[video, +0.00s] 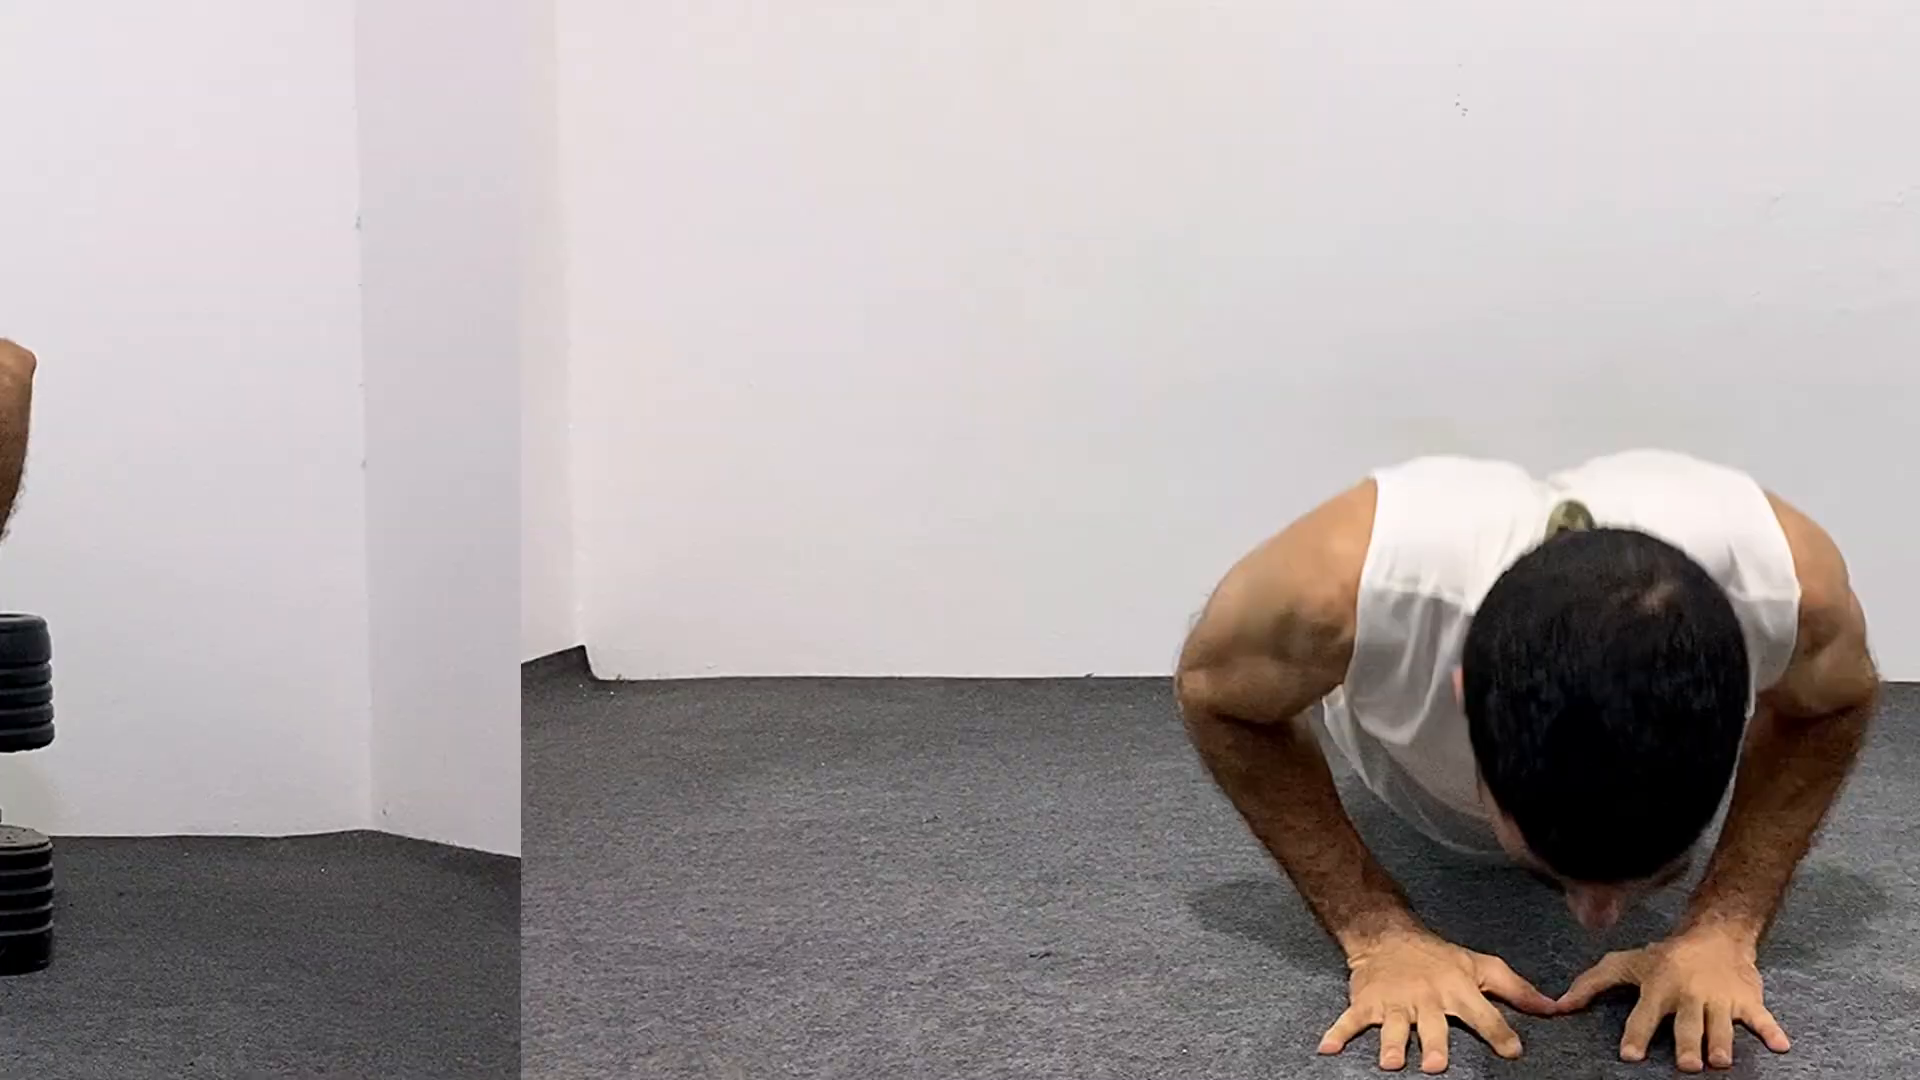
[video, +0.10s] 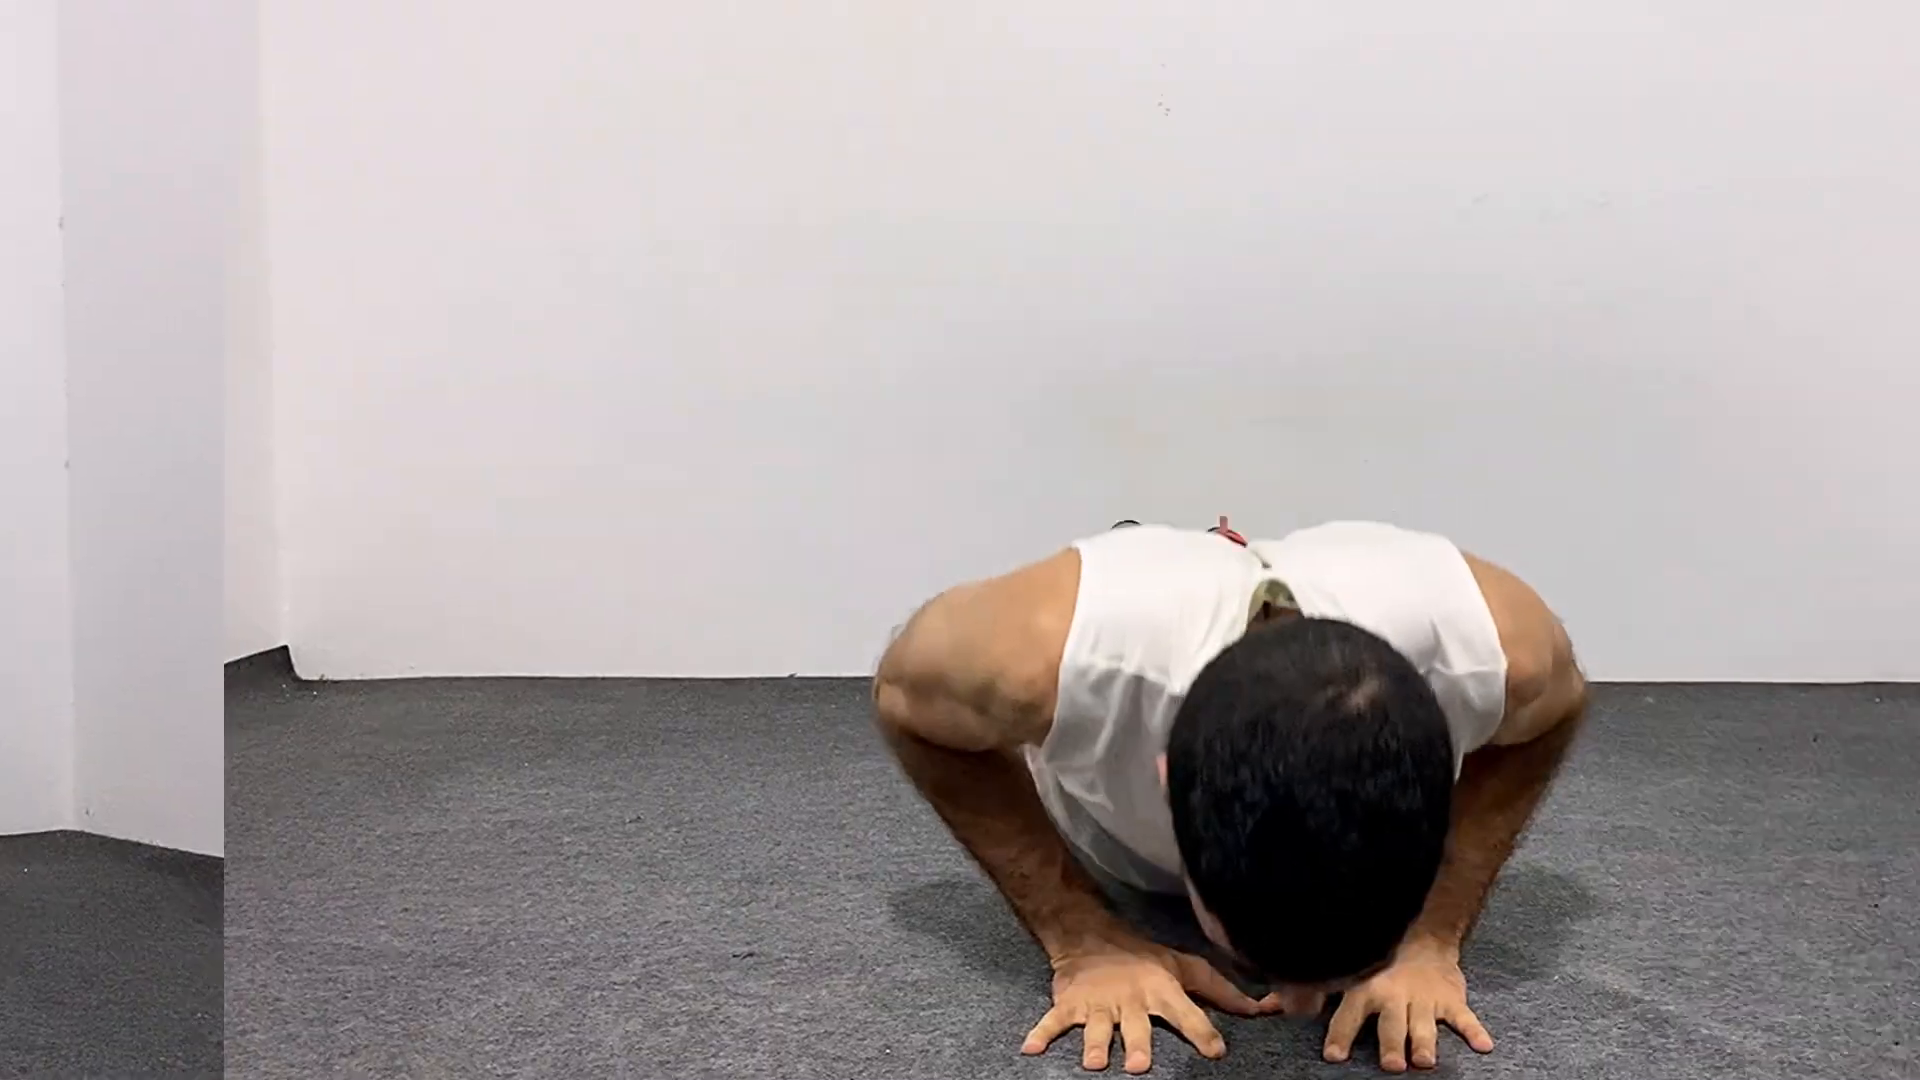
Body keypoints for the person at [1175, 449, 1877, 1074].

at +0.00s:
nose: (1596, 916)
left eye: (1643, 875)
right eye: (1545, 866)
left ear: (1733, 726)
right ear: (1464, 695)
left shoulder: (1798, 590)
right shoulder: (1336, 588)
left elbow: (1823, 704)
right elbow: (1222, 696)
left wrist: (1726, 928)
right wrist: (1378, 931)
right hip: (1407, 779)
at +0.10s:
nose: (1282, 1001)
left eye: (1331, 977)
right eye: (1243, 966)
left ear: (1441, 803)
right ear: (1172, 787)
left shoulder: (1507, 653)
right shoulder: (1035, 652)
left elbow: (1549, 712)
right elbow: (914, 697)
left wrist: (1437, 937)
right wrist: (1082, 938)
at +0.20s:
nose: (1155, 1071)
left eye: (1193, 1043)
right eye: (1116, 1040)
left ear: (1285, 816)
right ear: (1015, 847)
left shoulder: (1353, 688)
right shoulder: (885, 698)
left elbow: (1413, 701)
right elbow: (750, 694)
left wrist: (1290, 942)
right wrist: (925, 938)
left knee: (1109, 602)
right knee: (964, 602)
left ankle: (1075, 567)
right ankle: (969, 577)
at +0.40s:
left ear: (1216, 885)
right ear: (943, 878)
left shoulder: (1281, 702)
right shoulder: (808, 724)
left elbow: (1347, 694)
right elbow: (674, 692)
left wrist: (1224, 933)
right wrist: (849, 930)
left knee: (1048, 617)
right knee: (901, 624)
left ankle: (1009, 573)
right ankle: (903, 592)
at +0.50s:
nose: (1050, 1008)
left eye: (1100, 996)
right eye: (1022, 985)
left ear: (1215, 803)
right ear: (939, 797)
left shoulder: (1283, 661)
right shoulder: (811, 674)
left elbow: (1328, 708)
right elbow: (688, 692)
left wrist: (1214, 936)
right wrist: (857, 935)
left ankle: (1004, 564)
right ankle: (900, 559)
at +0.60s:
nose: (1070, 885)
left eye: (1115, 844)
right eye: (1027, 838)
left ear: (1207, 699)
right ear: (943, 675)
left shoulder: (1274, 577)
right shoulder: (807, 590)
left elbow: (1302, 703)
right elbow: (711, 698)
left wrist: (1203, 925)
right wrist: (861, 932)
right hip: (907, 801)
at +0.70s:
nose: (1066, 730)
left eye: (1114, 694)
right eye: (1022, 691)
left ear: (1194, 567)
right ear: (942, 566)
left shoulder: (1264, 483)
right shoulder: (807, 484)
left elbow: (1296, 679)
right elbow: (722, 684)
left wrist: (1199, 924)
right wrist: (864, 931)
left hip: (1131, 715)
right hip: (899, 730)